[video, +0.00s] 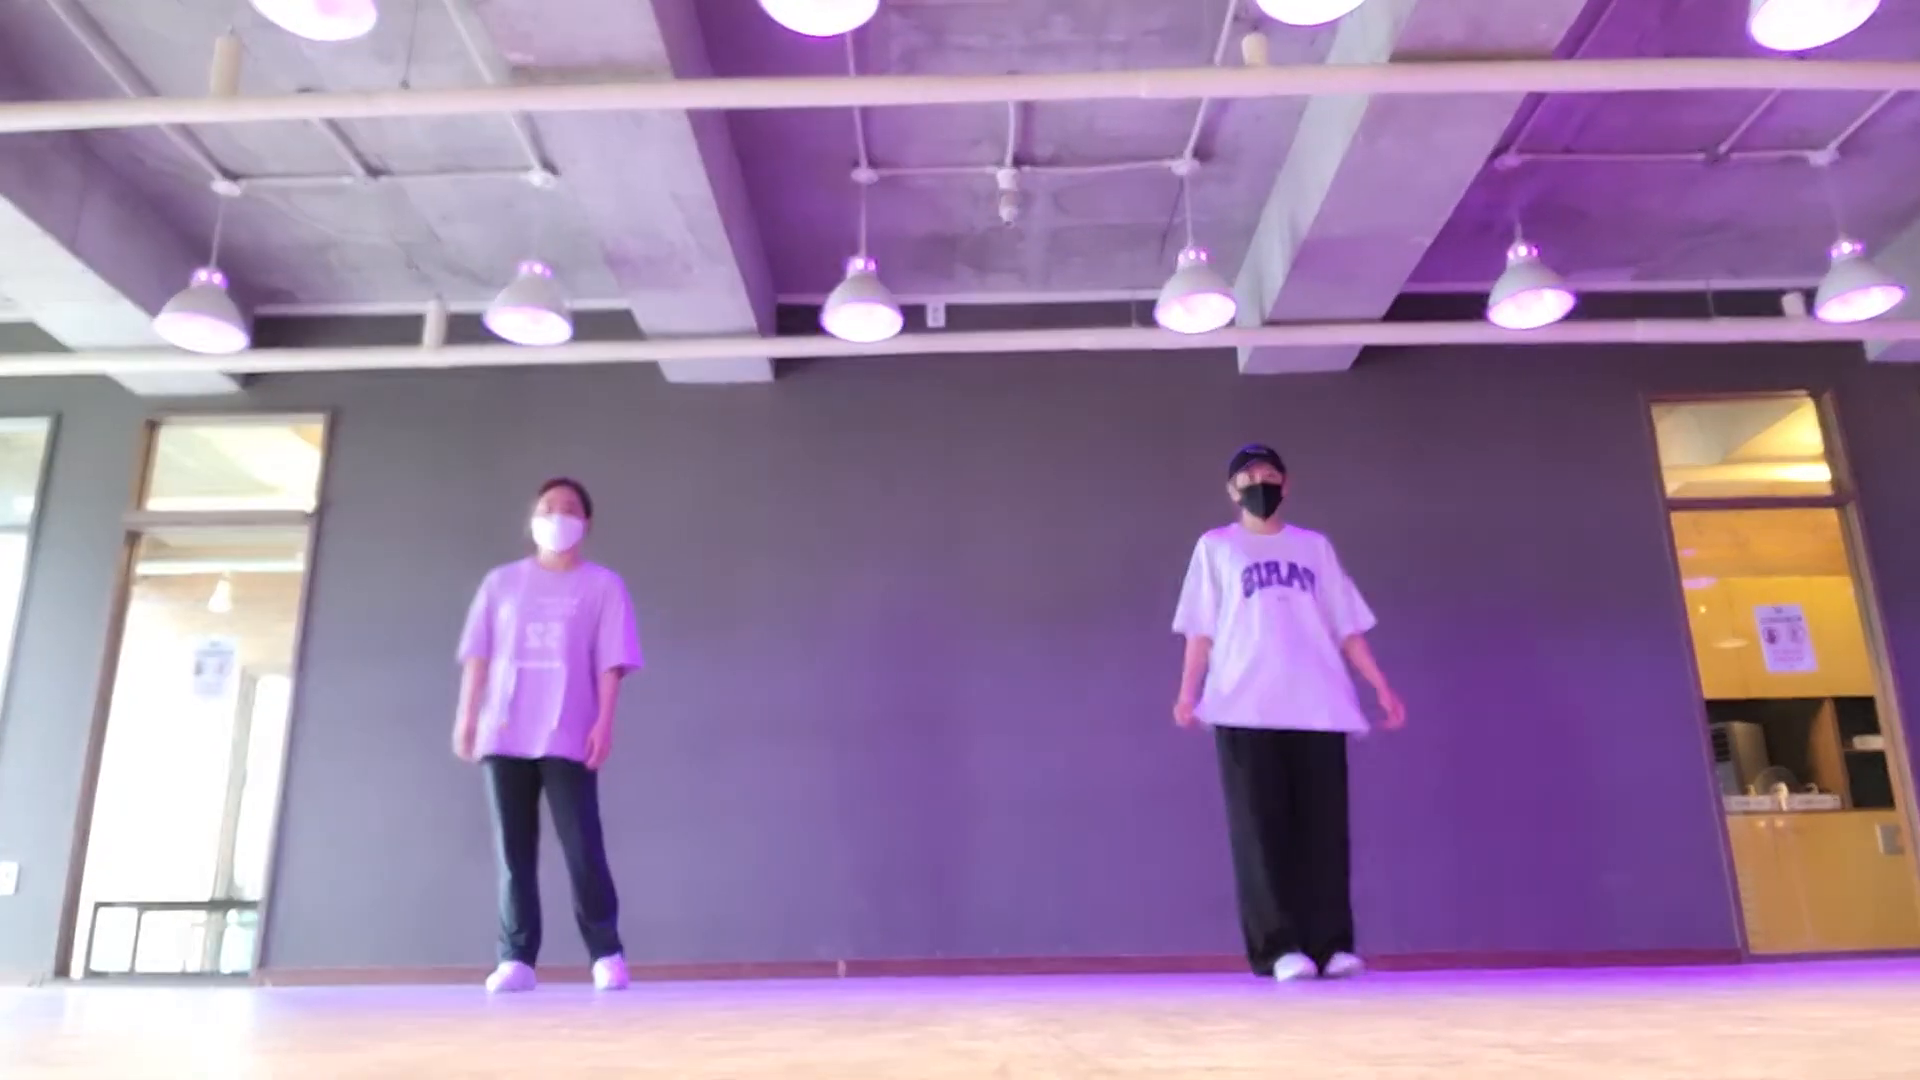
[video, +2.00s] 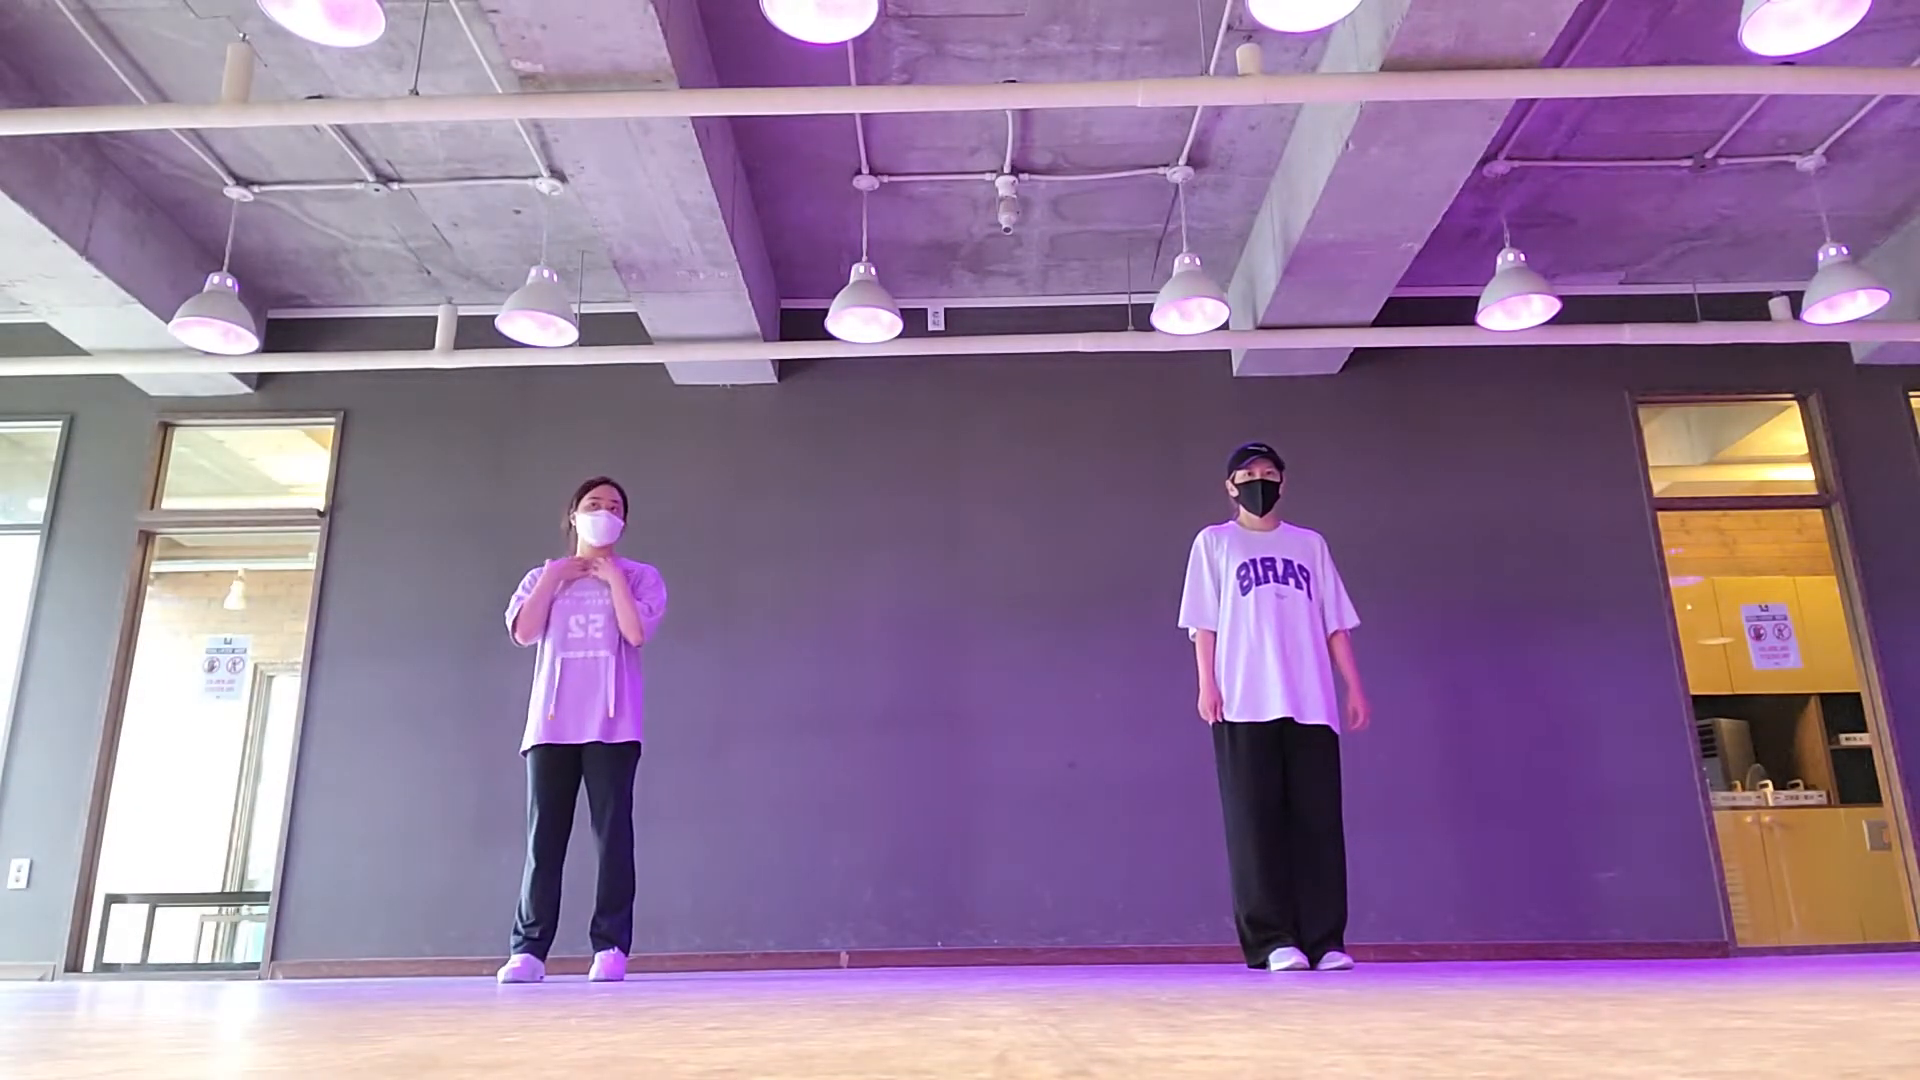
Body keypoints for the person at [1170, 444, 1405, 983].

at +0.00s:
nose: (1260, 485)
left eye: (1269, 476)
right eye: (1248, 478)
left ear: (1285, 486)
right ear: (1232, 489)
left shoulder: (1315, 547)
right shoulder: (1214, 548)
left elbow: (1348, 629)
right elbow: (1201, 631)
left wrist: (1381, 687)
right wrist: (1187, 693)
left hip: (1318, 711)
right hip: (1248, 713)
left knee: (1324, 829)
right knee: (1264, 834)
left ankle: (1334, 946)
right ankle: (1281, 951)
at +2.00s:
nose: (1260, 484)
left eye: (1269, 475)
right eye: (1249, 476)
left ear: (1282, 484)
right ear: (1232, 486)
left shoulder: (1311, 544)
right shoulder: (1212, 543)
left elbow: (1335, 626)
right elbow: (1202, 623)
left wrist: (1354, 687)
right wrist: (1208, 684)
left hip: (1310, 702)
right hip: (1245, 704)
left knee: (1317, 822)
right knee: (1256, 827)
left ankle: (1325, 942)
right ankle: (1272, 944)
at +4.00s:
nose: (1260, 478)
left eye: (1268, 470)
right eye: (1248, 471)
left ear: (1282, 480)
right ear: (1230, 483)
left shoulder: (1312, 543)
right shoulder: (1213, 543)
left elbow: (1340, 627)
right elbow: (1204, 627)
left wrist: (1373, 686)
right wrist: (1194, 687)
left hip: (1311, 709)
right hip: (1242, 710)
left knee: (1317, 826)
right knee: (1256, 829)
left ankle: (1325, 942)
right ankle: (1273, 945)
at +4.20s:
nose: (1259, 481)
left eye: (1268, 473)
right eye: (1248, 473)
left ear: (1282, 481)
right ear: (1230, 484)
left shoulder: (1313, 543)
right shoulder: (1211, 543)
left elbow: (1362, 616)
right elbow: (1181, 621)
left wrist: (1420, 658)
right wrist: (1144, 671)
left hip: (1309, 708)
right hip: (1241, 711)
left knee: (1317, 824)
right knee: (1257, 827)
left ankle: (1325, 941)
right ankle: (1273, 944)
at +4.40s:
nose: (1260, 481)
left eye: (1269, 473)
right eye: (1249, 473)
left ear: (1282, 482)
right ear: (1230, 483)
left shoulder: (1313, 539)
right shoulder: (1208, 542)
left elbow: (1360, 588)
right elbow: (1172, 599)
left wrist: (1404, 600)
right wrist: (1154, 604)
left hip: (1313, 705)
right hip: (1244, 708)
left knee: (1320, 825)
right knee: (1262, 829)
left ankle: (1327, 942)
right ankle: (1276, 945)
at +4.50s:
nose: (1260, 478)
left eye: (1269, 470)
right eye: (1249, 470)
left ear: (1281, 479)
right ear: (1231, 481)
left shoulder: (1313, 538)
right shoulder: (1209, 539)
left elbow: (1368, 597)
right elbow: (1172, 610)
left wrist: (1369, 584)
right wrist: (1205, 566)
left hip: (1311, 704)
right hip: (1242, 707)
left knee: (1319, 821)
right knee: (1262, 827)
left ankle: (1328, 942)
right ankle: (1276, 945)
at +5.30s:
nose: (1271, 489)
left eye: (1280, 482)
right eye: (1260, 481)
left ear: (1290, 494)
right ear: (1240, 492)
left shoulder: (1315, 555)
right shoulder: (1215, 545)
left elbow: (1364, 615)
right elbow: (1179, 604)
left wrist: (1348, 550)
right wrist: (1185, 634)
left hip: (1317, 715)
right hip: (1249, 713)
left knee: (1332, 832)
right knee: (1267, 831)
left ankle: (1325, 943)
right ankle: (1275, 946)